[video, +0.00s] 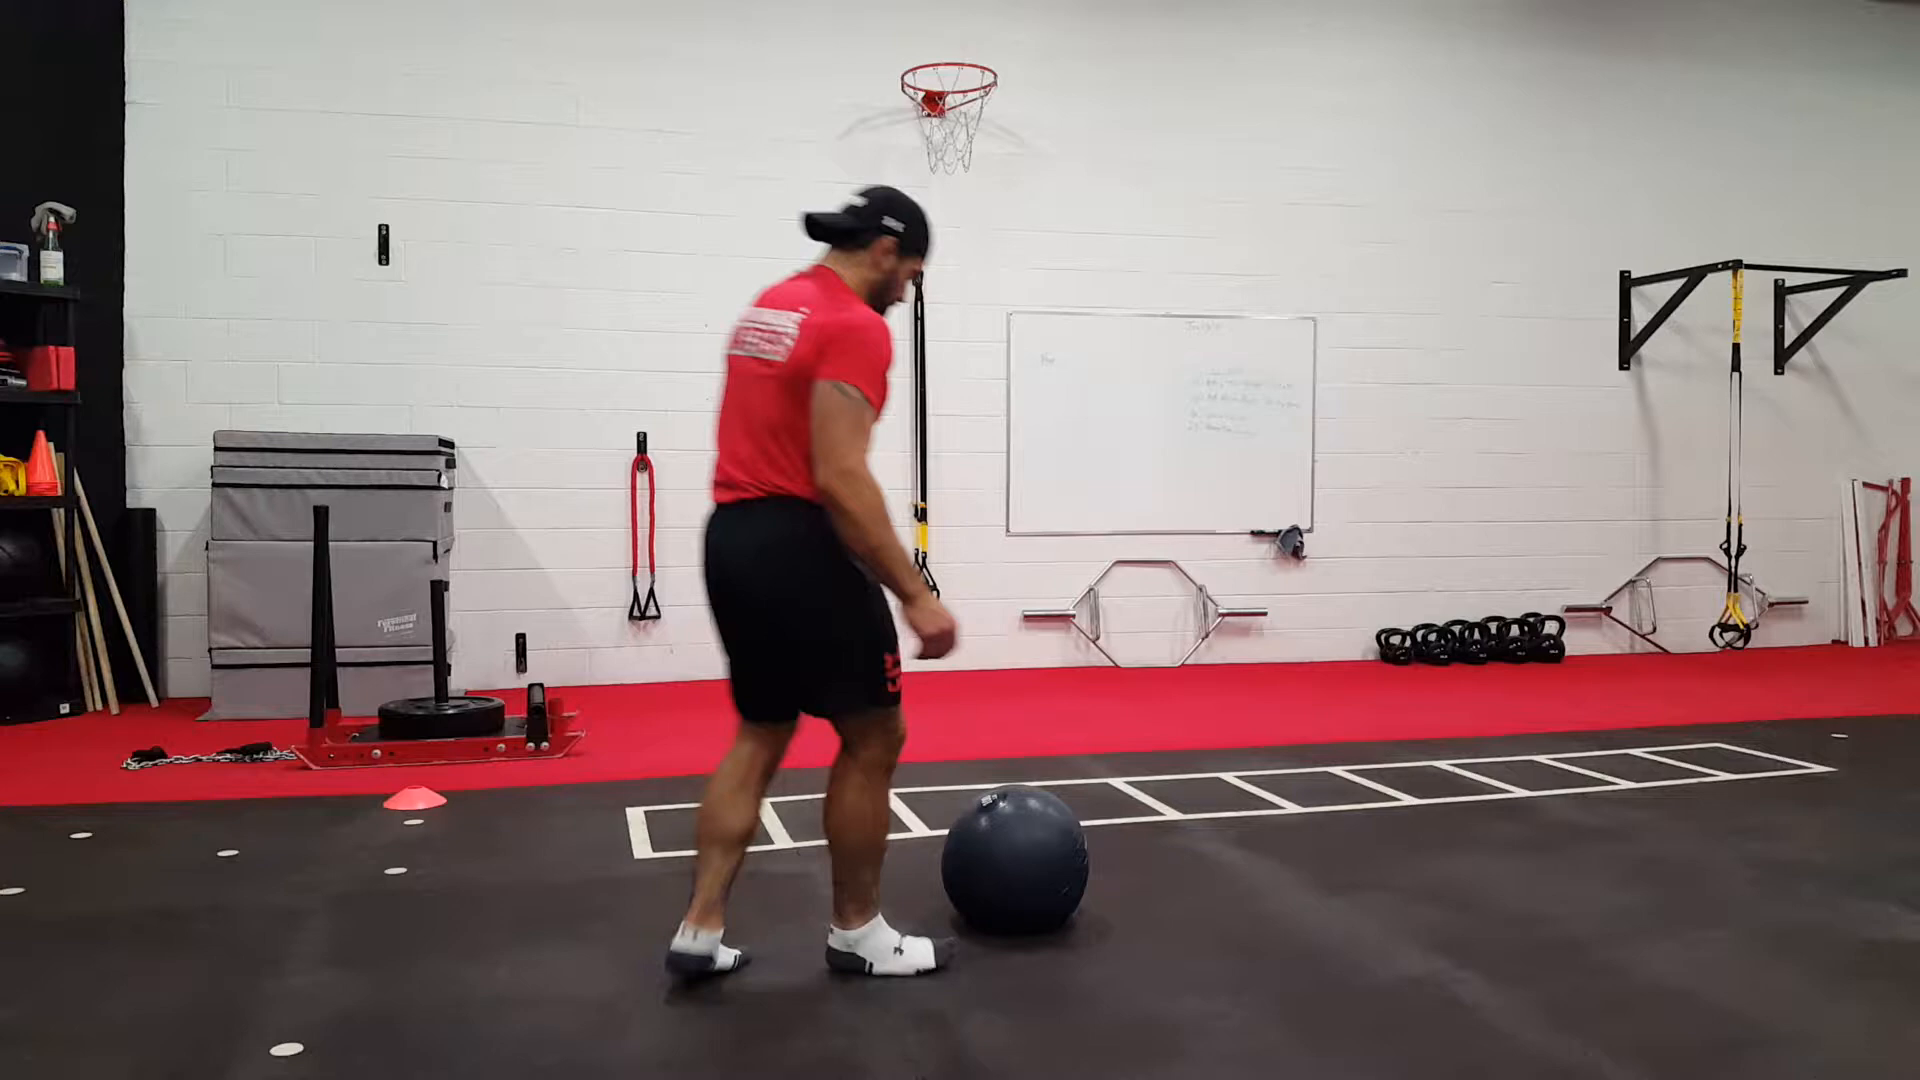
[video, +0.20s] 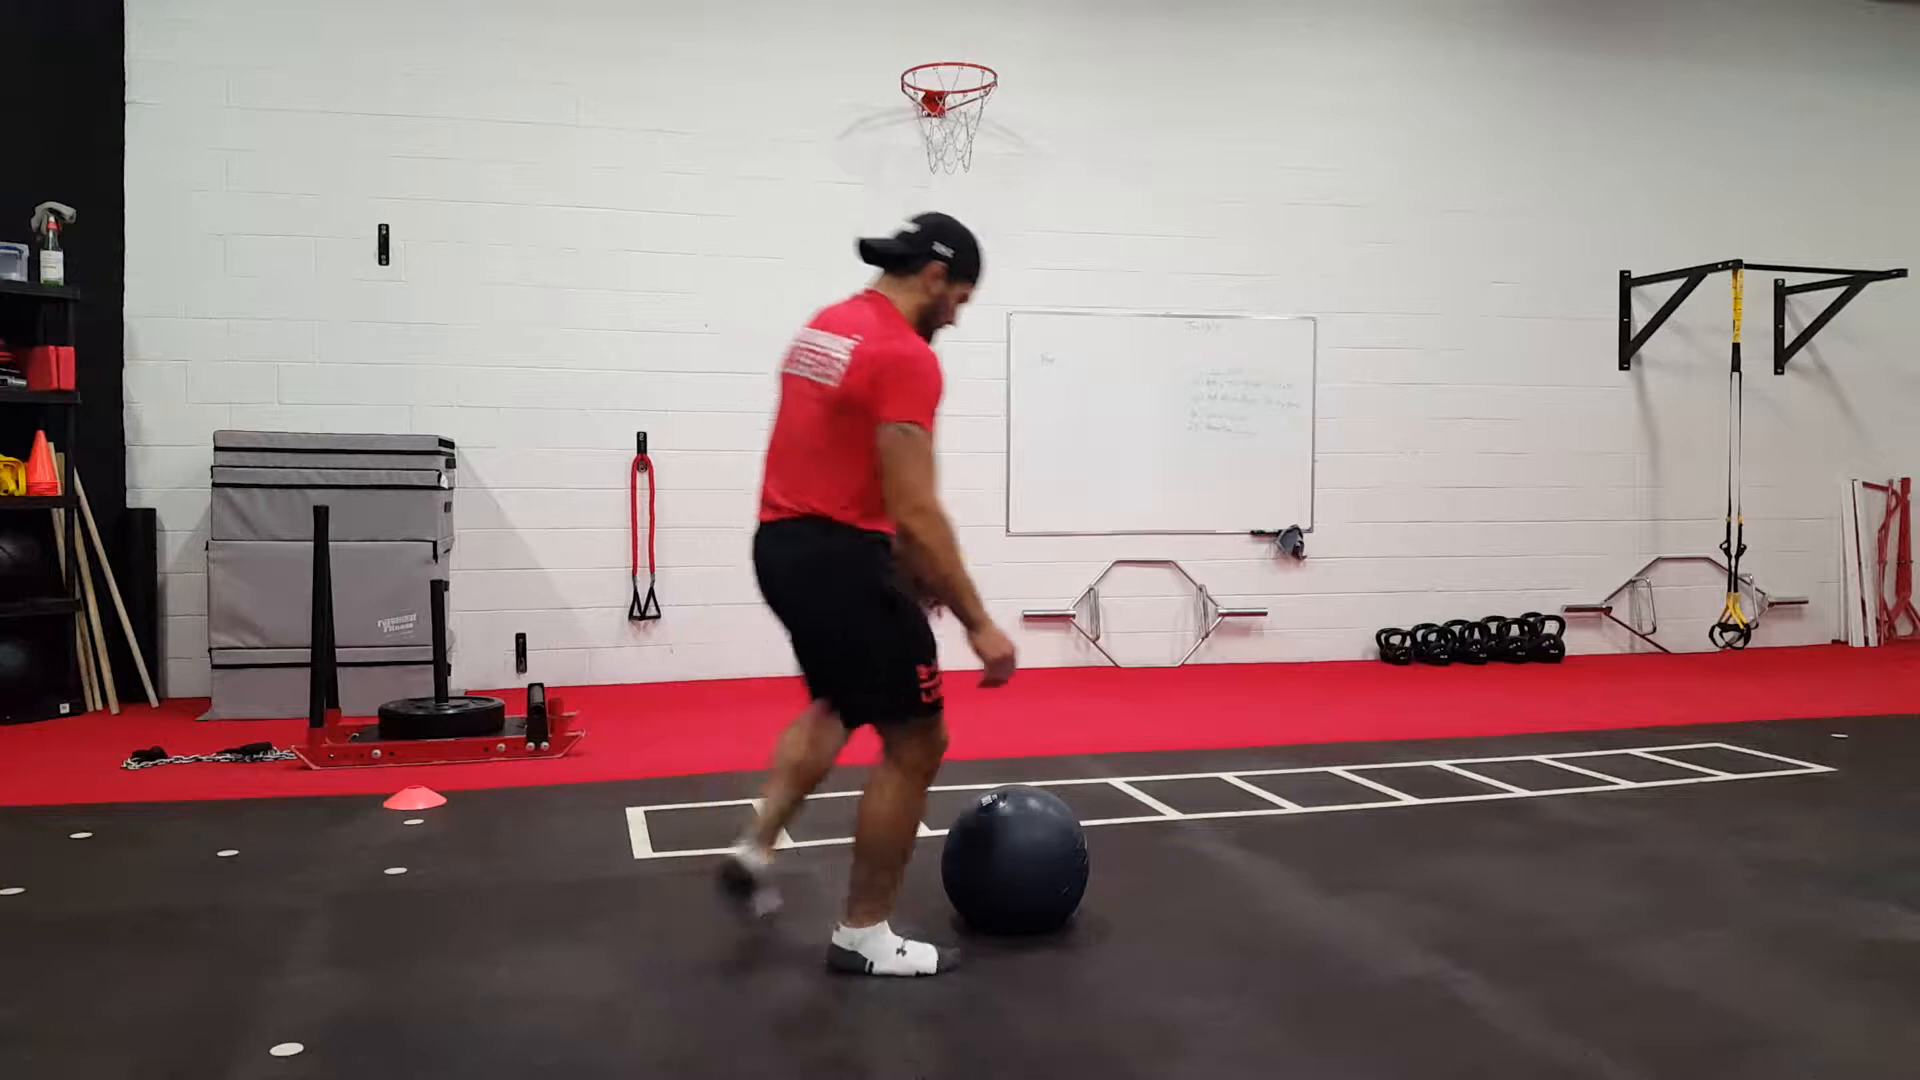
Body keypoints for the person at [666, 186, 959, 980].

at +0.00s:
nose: (908, 288)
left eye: (914, 275)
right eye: (910, 271)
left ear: (851, 244)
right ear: (882, 249)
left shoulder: (776, 301)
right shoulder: (853, 326)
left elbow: (763, 448)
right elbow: (839, 472)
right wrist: (915, 595)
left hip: (736, 538)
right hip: (806, 541)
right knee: (873, 735)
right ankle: (857, 927)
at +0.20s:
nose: (958, 312)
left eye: (964, 298)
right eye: (960, 294)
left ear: (901, 270)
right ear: (933, 275)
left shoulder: (829, 324)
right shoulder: (903, 357)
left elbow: (836, 467)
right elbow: (915, 512)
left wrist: (902, 561)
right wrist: (980, 622)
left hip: (784, 545)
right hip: (845, 555)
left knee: (838, 702)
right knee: (916, 742)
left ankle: (754, 846)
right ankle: (865, 929)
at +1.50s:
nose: (1101, 552)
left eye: (1105, 540)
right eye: (1102, 537)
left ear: (1054, 525)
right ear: (1072, 528)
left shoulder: (1006, 562)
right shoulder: (1057, 593)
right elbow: (1033, 737)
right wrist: (1055, 845)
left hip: (863, 698)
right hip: (897, 712)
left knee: (980, 716)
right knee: (1074, 757)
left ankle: (923, 851)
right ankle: (996, 934)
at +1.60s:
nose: (1105, 532)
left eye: (1109, 521)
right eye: (1106, 518)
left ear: (1056, 506)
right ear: (1076, 508)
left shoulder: (1011, 547)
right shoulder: (1061, 576)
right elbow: (1023, 718)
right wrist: (1054, 828)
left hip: (864, 671)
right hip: (894, 684)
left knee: (970, 709)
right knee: (1070, 754)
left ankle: (922, 851)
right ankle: (995, 934)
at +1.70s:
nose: (1109, 520)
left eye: (1114, 508)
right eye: (1110, 505)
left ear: (1064, 487)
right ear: (1082, 488)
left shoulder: (1014, 524)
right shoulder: (1065, 551)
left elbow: (979, 660)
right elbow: (1015, 671)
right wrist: (1024, 780)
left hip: (862, 650)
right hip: (891, 662)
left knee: (968, 709)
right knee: (1061, 749)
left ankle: (918, 850)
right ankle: (997, 931)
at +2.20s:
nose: (1074, 542)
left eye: (1074, 529)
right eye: (1069, 528)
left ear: (1026, 527)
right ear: (1034, 527)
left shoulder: (986, 573)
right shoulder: (1037, 594)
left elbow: (966, 703)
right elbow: (1018, 732)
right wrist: (1020, 826)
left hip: (857, 720)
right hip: (886, 732)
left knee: (958, 716)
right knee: (1065, 754)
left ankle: (920, 853)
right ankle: (996, 934)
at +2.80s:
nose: (1003, 476)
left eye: (1001, 464)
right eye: (995, 464)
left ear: (953, 473)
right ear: (963, 471)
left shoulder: (915, 537)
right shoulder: (969, 555)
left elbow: (985, 667)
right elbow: (1050, 680)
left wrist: (1073, 660)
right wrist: (1113, 676)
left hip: (855, 714)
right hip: (896, 723)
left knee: (980, 715)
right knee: (1086, 755)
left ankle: (916, 849)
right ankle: (1008, 930)